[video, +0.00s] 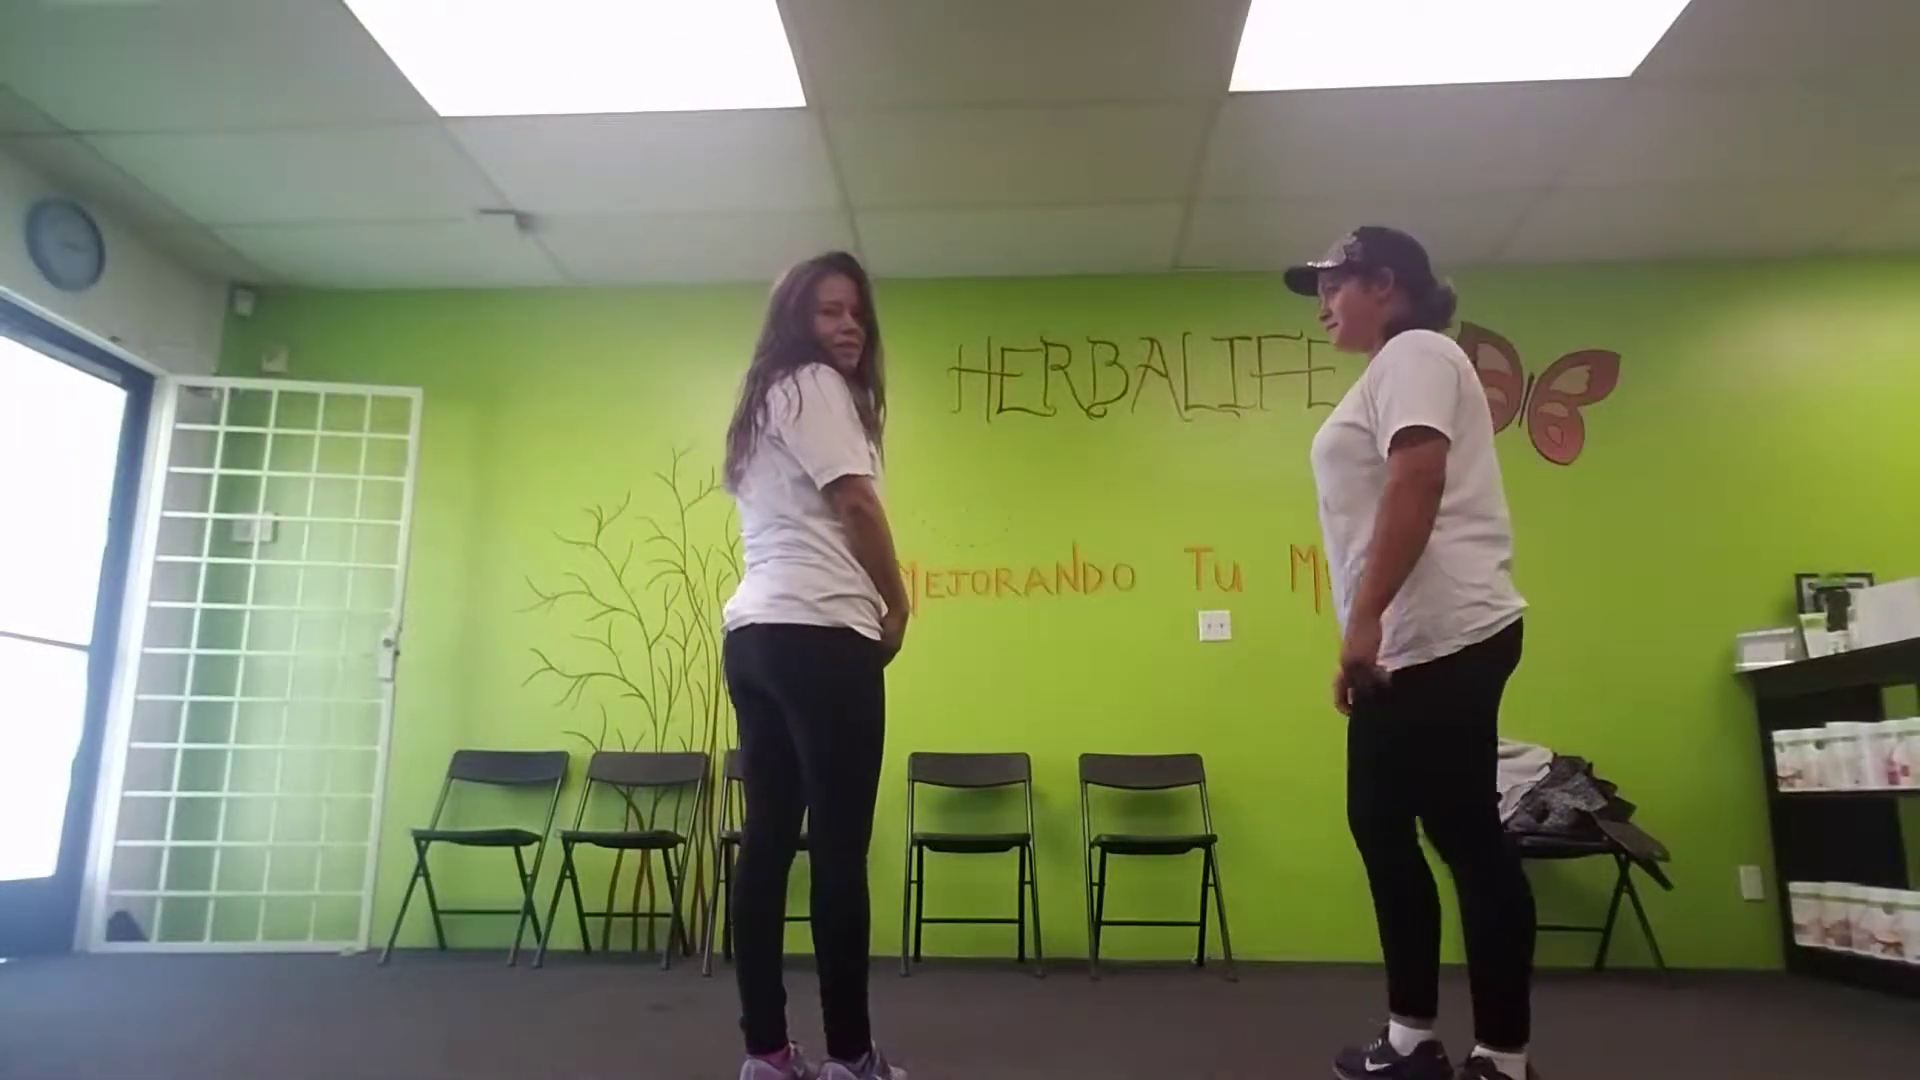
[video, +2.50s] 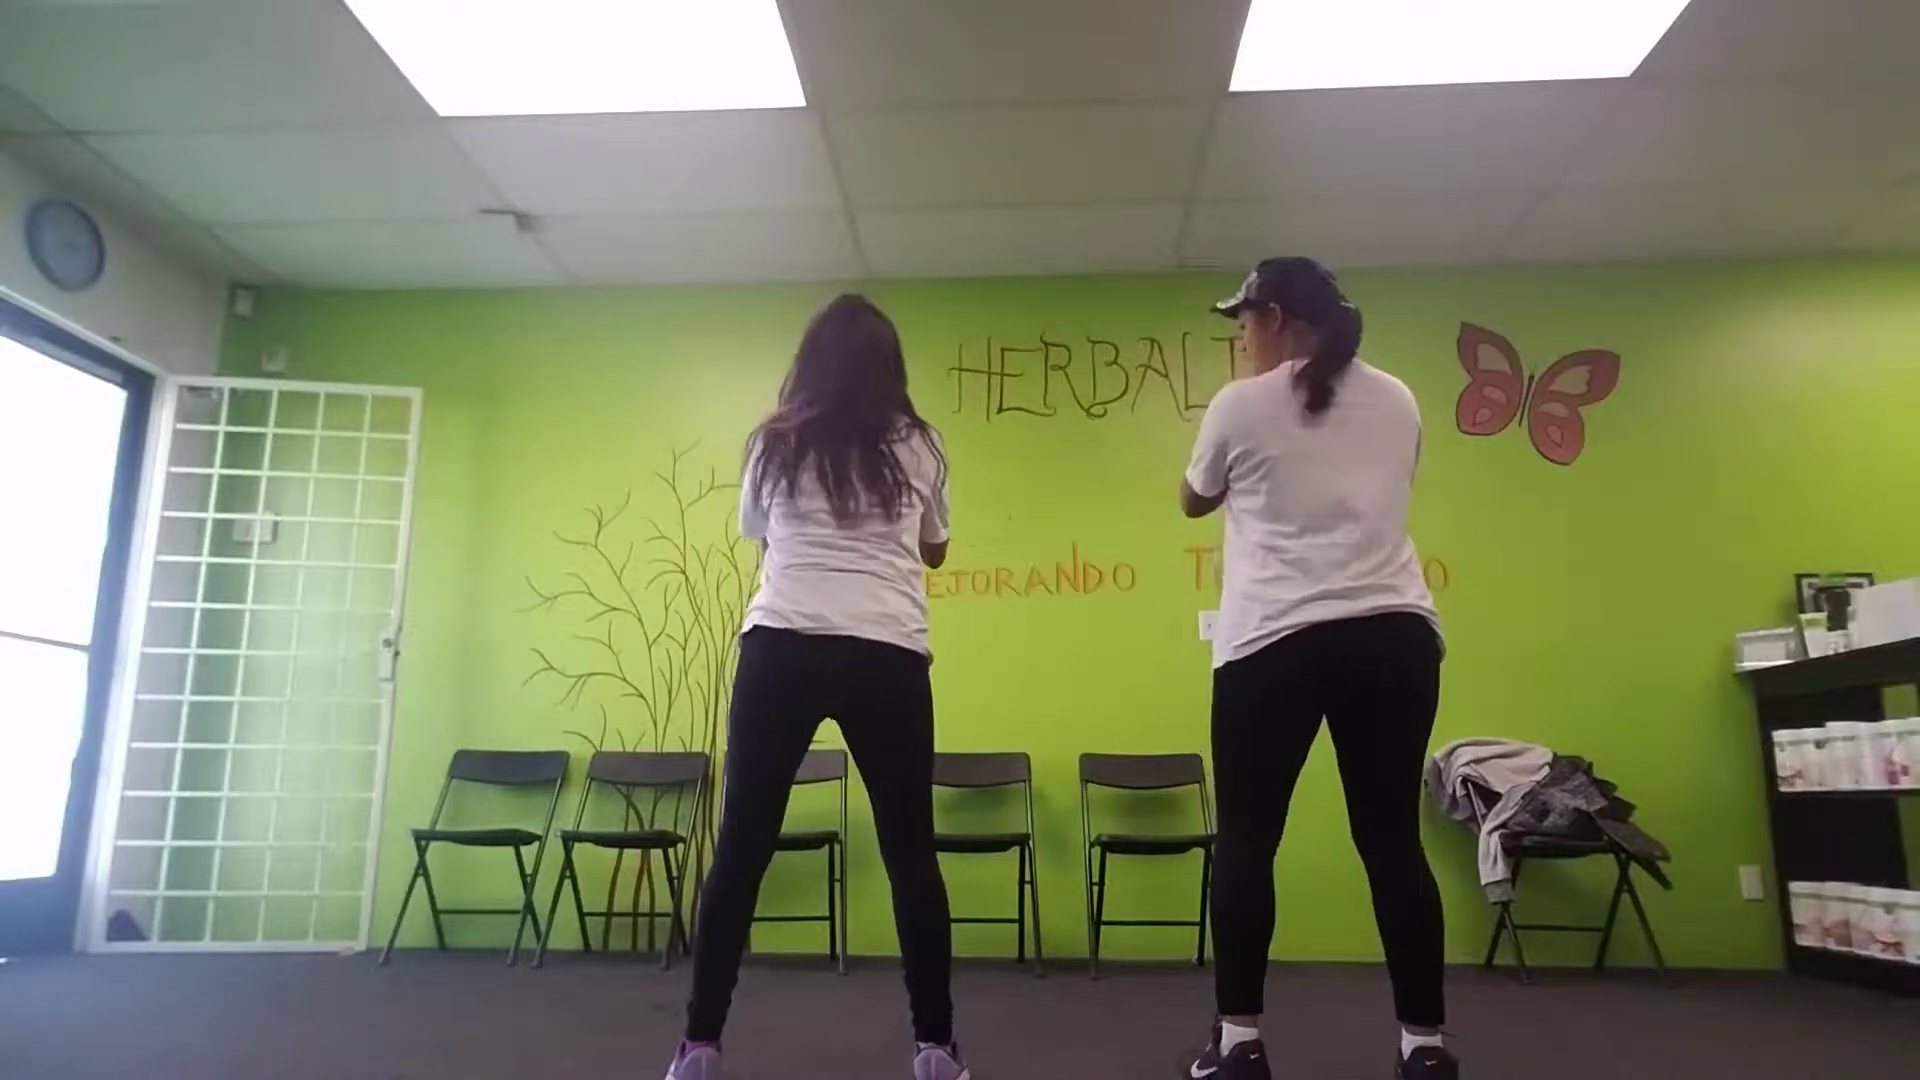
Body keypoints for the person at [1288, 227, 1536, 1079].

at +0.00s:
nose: (1322, 304)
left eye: (1333, 287)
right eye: (1322, 290)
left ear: (1384, 287)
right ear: (1381, 292)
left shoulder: (1415, 355)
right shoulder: (1396, 369)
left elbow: (1418, 484)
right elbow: (1396, 513)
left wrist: (1366, 613)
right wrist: (1358, 645)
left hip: (1446, 637)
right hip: (1402, 644)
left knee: (1468, 834)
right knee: (1380, 823)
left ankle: (1504, 1060)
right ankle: (1411, 1042)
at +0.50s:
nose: (1303, 324)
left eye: (1316, 308)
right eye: (1305, 309)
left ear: (1362, 312)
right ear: (1374, 320)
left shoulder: (1349, 374)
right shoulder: (1412, 389)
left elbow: (1319, 496)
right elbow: (1399, 516)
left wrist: (1256, 606)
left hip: (1373, 647)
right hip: (1419, 637)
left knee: (1403, 842)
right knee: (1396, 839)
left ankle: (1492, 1052)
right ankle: (1410, 1040)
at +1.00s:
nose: (1289, 347)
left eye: (1296, 332)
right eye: (1290, 333)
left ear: (1335, 331)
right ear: (1364, 337)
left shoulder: (1325, 381)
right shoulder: (1419, 419)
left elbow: (1300, 482)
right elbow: (1446, 557)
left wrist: (1224, 581)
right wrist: (1376, 605)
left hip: (1344, 645)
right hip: (1418, 640)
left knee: (1348, 835)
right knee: (1393, 836)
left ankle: (1473, 1027)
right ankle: (1414, 1033)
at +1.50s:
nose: (1264, 347)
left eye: (1271, 332)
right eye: (1265, 332)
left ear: (1304, 330)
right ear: (1348, 333)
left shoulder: (1264, 404)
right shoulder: (1413, 411)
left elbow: (1191, 520)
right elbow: (1430, 533)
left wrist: (1235, 463)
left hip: (1291, 651)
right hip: (1409, 646)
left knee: (1260, 844)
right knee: (1403, 840)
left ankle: (1250, 1044)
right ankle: (1415, 1046)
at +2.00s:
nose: (1197, 326)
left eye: (1204, 313)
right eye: (1199, 313)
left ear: (1226, 316)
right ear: (1282, 315)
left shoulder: (1177, 394)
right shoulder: (1341, 391)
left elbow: (1146, 504)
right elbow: (1350, 503)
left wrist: (1230, 467)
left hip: (1220, 647)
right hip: (1341, 637)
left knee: (1230, 844)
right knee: (1361, 828)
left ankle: (1234, 1050)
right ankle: (1412, 1033)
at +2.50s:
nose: (1238, 336)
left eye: (1242, 322)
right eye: (1239, 322)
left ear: (1273, 319)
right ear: (1322, 316)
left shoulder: (1240, 404)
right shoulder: (1398, 400)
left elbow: (1197, 497)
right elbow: (1384, 491)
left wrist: (1264, 437)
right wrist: (1286, 458)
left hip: (1274, 646)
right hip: (1395, 639)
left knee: (1245, 844)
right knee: (1394, 841)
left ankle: (1239, 1045)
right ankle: (1425, 1047)